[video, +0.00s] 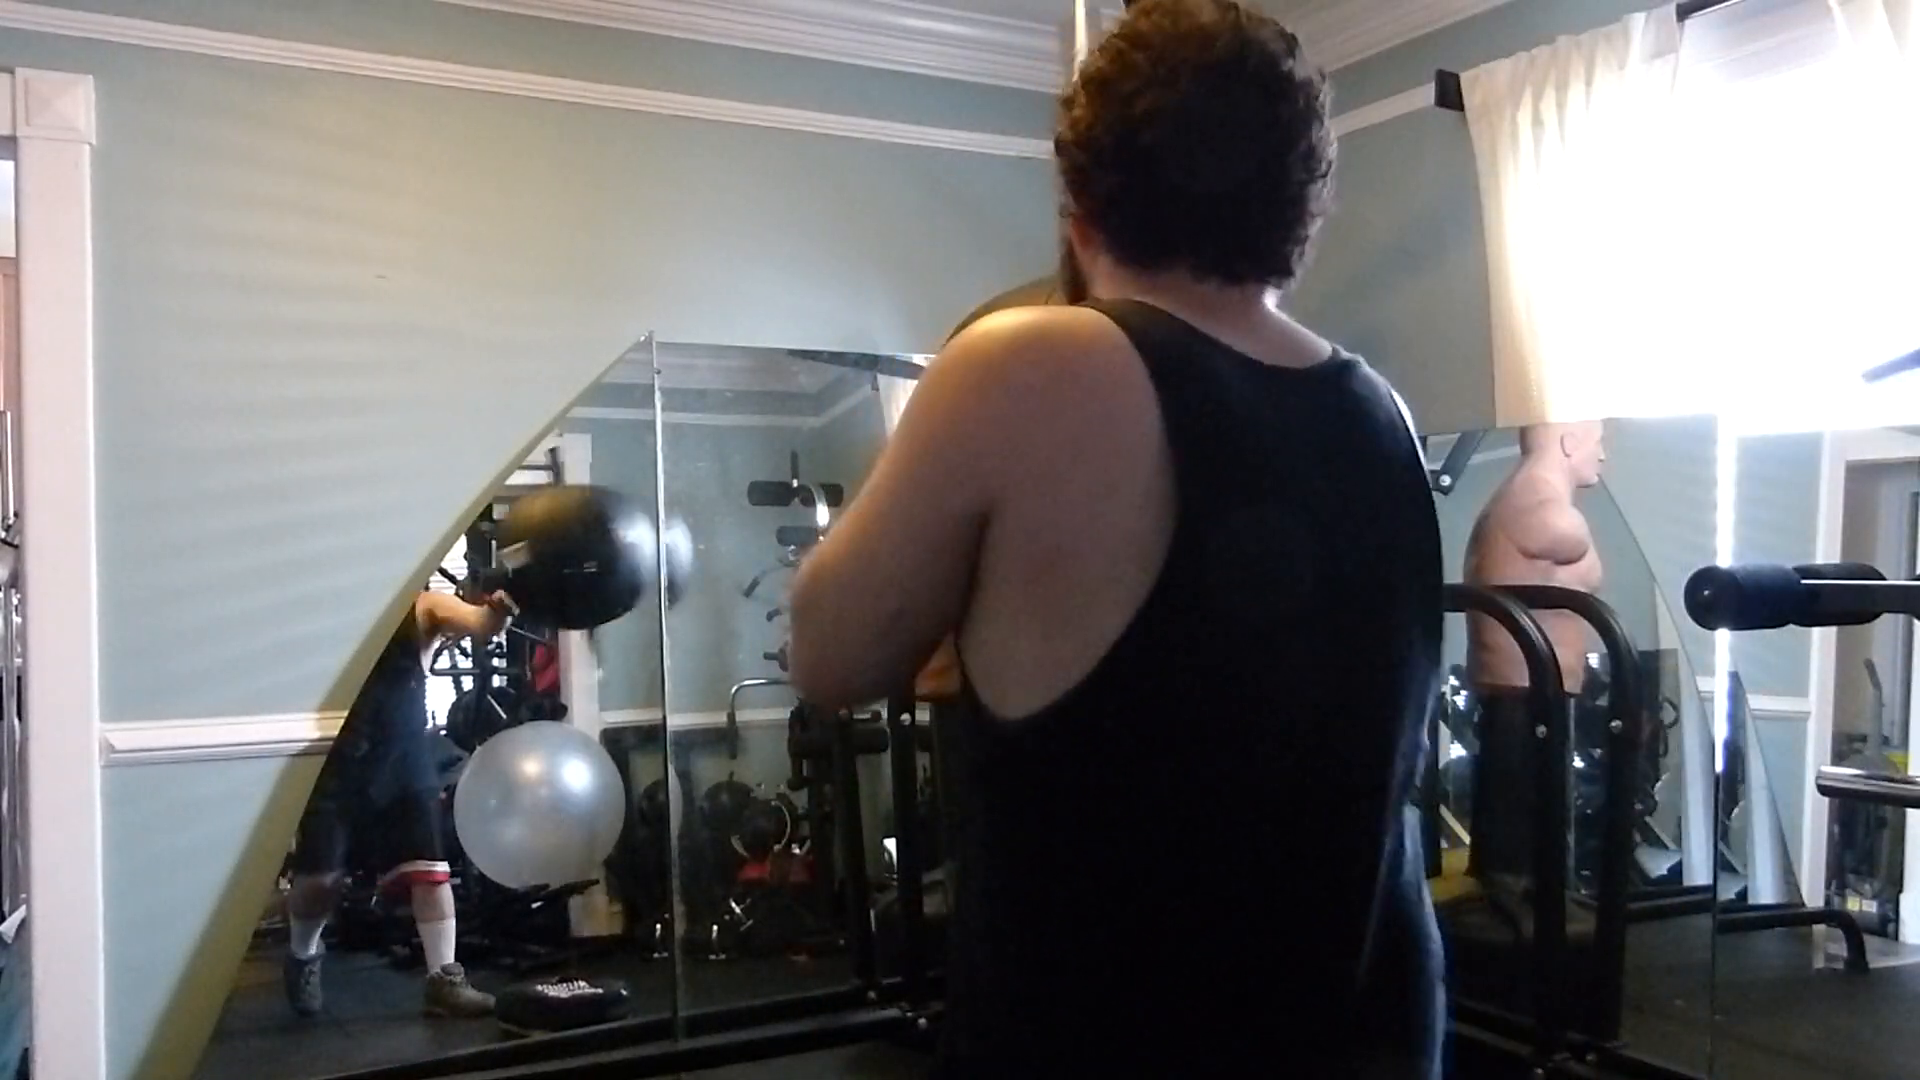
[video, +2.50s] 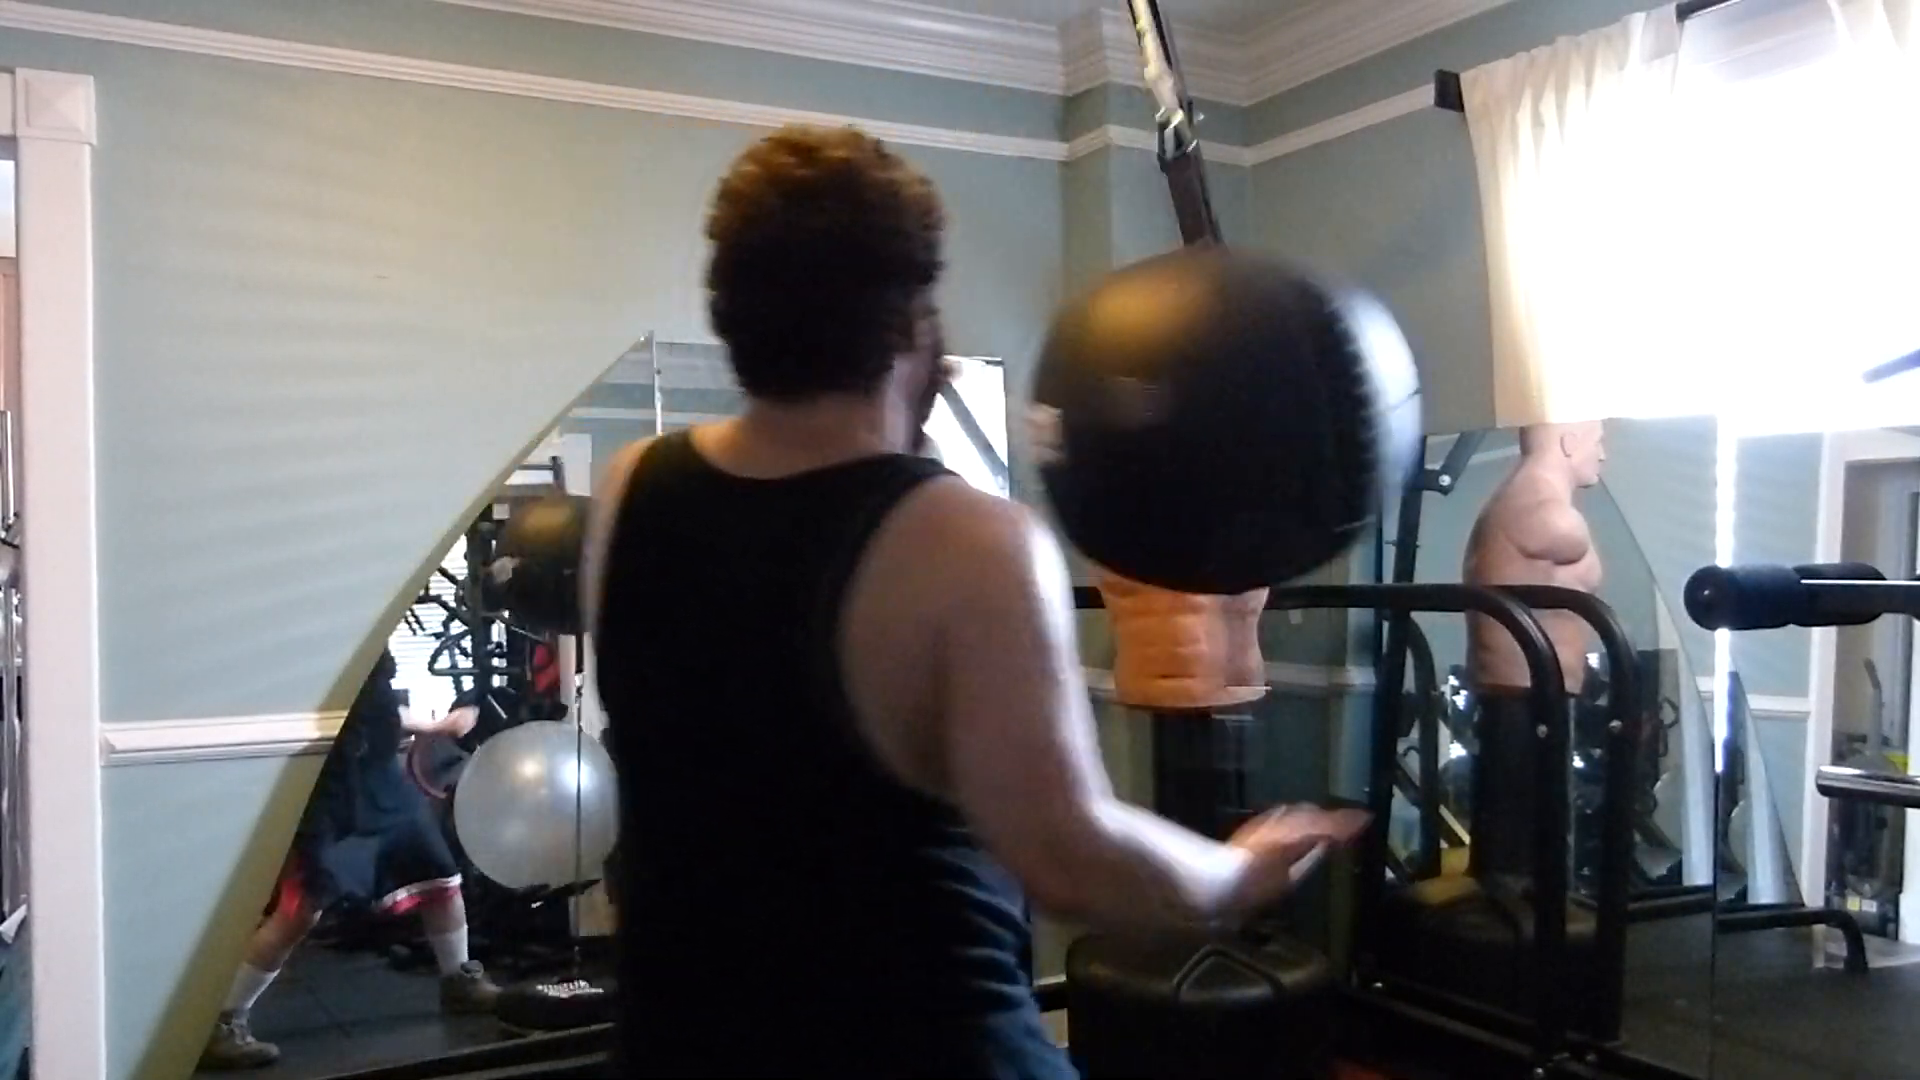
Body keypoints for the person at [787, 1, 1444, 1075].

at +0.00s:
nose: (1061, 207)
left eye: (1063, 182)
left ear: (1080, 200)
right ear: (1303, 212)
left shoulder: (1025, 367)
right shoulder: (1376, 408)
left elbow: (830, 660)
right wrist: (992, 624)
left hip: (1083, 1020)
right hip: (1363, 1024)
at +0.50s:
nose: (1010, 253)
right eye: (1003, 226)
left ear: (797, 249)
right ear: (989, 248)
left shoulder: (711, 451)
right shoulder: (1113, 441)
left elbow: (719, 664)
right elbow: (1257, 722)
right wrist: (1095, 658)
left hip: (787, 998)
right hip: (1044, 1005)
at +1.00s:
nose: (735, 283)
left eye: (730, 254)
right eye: (726, 256)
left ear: (529, 291)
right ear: (687, 266)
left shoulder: (450, 495)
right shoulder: (799, 408)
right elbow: (1062, 592)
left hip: (582, 986)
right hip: (833, 981)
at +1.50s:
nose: (857, 271)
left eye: (854, 244)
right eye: (853, 244)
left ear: (647, 276)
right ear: (822, 259)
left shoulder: (599, 474)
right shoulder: (861, 455)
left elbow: (815, 604)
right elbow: (1052, 777)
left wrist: (1036, 461)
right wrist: (1080, 679)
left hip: (637, 1020)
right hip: (875, 1029)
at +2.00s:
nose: (689, 317)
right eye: (679, 294)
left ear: (483, 355)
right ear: (660, 309)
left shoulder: (425, 534)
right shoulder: (841, 448)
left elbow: (475, 754)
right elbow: (1028, 669)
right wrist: (838, 731)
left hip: (623, 1044)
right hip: (908, 1026)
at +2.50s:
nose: (943, 327)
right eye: (936, 297)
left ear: (731, 310)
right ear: (914, 321)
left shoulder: (636, 491)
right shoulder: (970, 543)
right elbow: (1065, 853)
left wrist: (887, 430)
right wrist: (1232, 872)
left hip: (684, 1025)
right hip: (922, 1039)